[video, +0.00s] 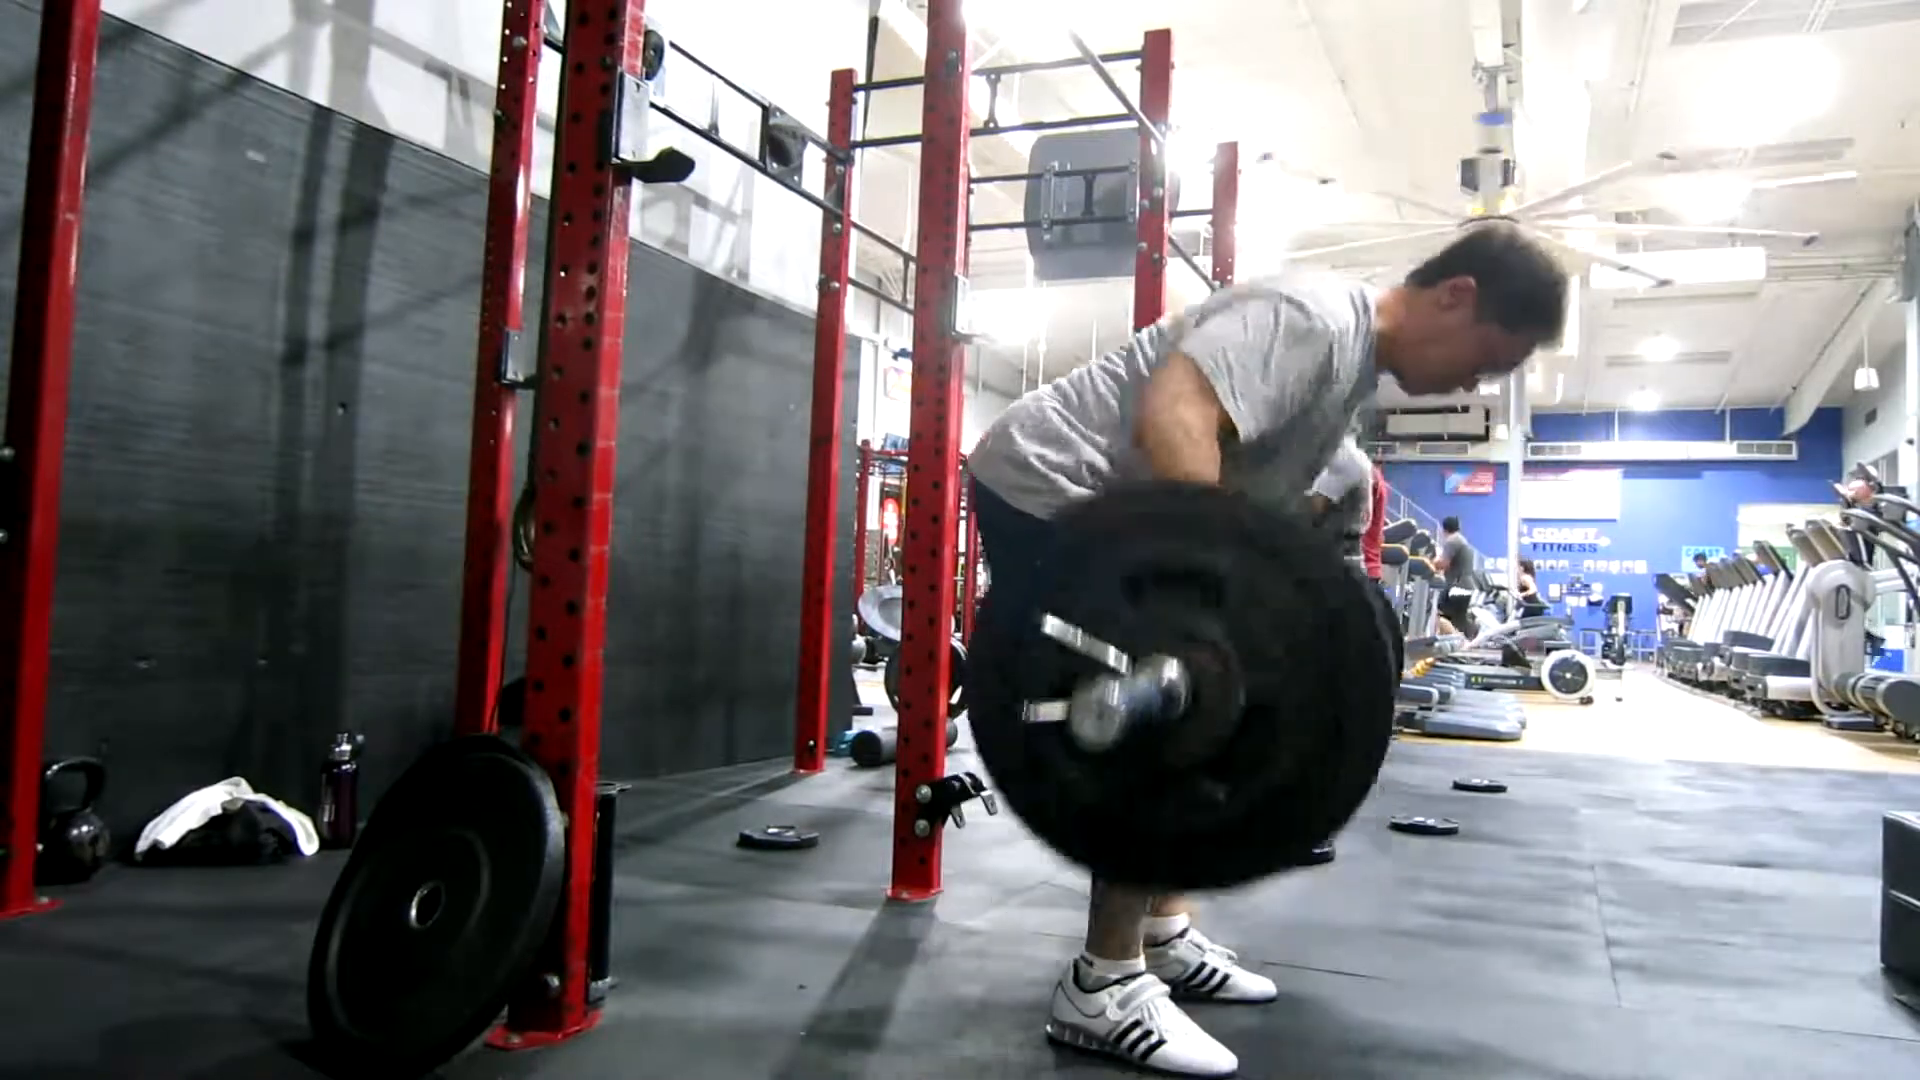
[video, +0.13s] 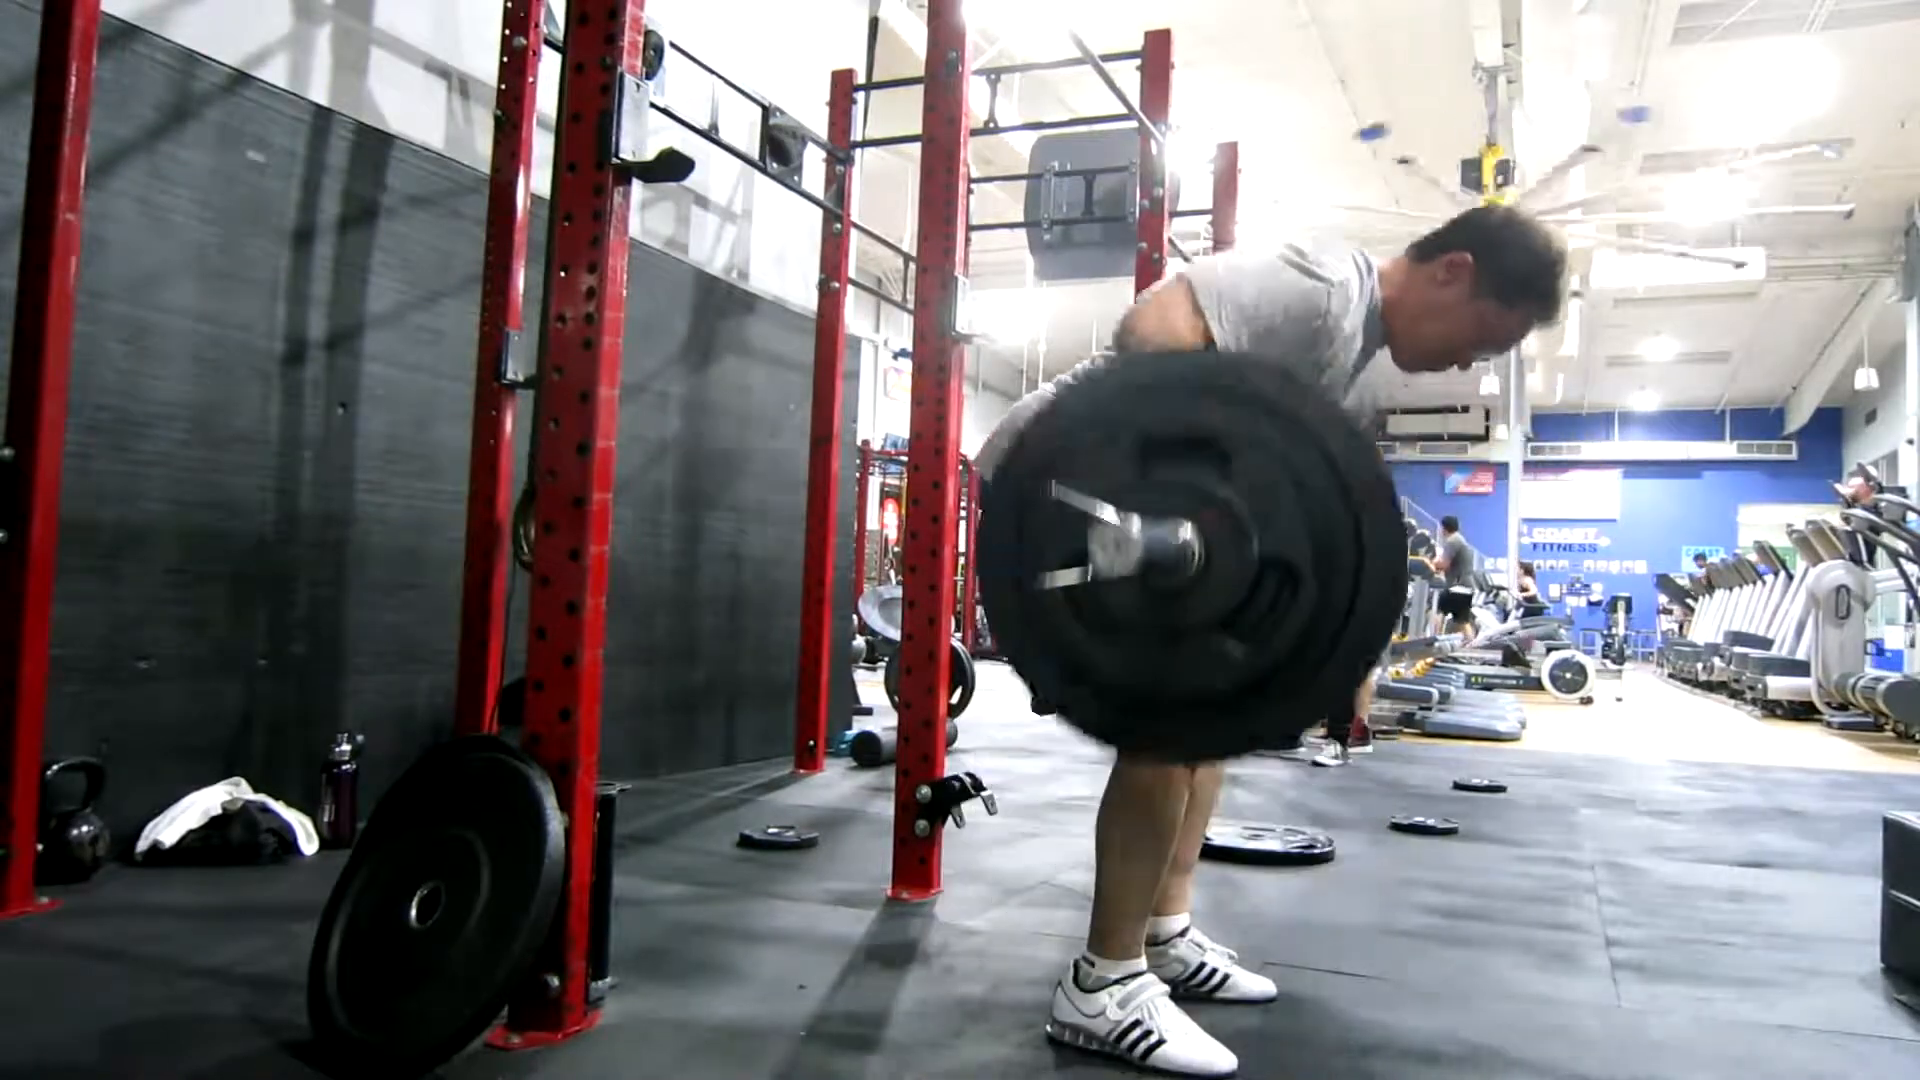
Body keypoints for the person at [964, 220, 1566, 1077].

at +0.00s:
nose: (1474, 387)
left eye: (1491, 374)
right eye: (1488, 364)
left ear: (1455, 300)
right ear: (1457, 298)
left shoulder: (1350, 389)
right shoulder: (1308, 321)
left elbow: (1257, 500)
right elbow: (1170, 413)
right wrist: (1212, 589)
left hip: (1113, 502)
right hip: (1045, 485)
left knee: (1183, 703)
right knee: (1148, 715)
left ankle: (1161, 932)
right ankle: (1103, 980)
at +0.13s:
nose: (1468, 365)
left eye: (1487, 354)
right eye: (1483, 342)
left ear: (1448, 279)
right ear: (1450, 274)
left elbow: (1336, 529)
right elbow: (1154, 321)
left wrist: (1350, 663)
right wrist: (1212, 473)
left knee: (1211, 717)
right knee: (1163, 725)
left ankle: (1163, 932)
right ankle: (1103, 980)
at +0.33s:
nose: (1486, 458)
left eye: (1507, 446)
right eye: (1503, 435)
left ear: (1472, 366)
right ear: (1476, 366)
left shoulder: (1371, 397)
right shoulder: (1346, 336)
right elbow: (1168, 271)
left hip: (1200, 555)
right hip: (1133, 533)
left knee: (1220, 724)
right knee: (1172, 733)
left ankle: (1162, 939)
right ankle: (1102, 981)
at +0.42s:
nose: (1491, 448)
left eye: (1510, 437)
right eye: (1506, 425)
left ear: (1479, 353)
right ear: (1479, 356)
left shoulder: (1369, 412)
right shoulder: (1343, 342)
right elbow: (1172, 332)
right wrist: (1198, 509)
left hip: (1110, 506)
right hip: (1039, 487)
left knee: (1203, 705)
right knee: (1155, 713)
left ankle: (1158, 936)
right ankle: (1103, 979)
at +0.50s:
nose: (1491, 450)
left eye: (1509, 438)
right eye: (1505, 427)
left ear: (1476, 358)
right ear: (1476, 359)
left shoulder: (1350, 433)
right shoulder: (1337, 364)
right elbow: (1187, 416)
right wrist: (1226, 599)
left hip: (1115, 508)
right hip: (1044, 483)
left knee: (1175, 715)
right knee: (1121, 728)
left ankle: (1163, 946)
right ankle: (1104, 979)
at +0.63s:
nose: (1489, 483)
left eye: (1509, 470)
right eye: (1503, 458)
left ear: (1470, 393)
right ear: (1471, 395)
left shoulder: (1360, 452)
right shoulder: (1340, 424)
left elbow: (1277, 595)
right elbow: (1219, 557)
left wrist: (1280, 752)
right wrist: (1222, 762)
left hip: (1097, 512)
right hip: (1041, 489)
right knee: (1190, 697)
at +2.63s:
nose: (1515, 555)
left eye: (1532, 543)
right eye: (1526, 531)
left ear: (1487, 470)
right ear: (1490, 470)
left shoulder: (1380, 530)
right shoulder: (1333, 474)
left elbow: (1306, 697)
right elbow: (1247, 677)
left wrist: (1251, 837)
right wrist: (1190, 883)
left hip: (1110, 526)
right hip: (1056, 499)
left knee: (1190, 729)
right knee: (1212, 712)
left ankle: (1112, 922)